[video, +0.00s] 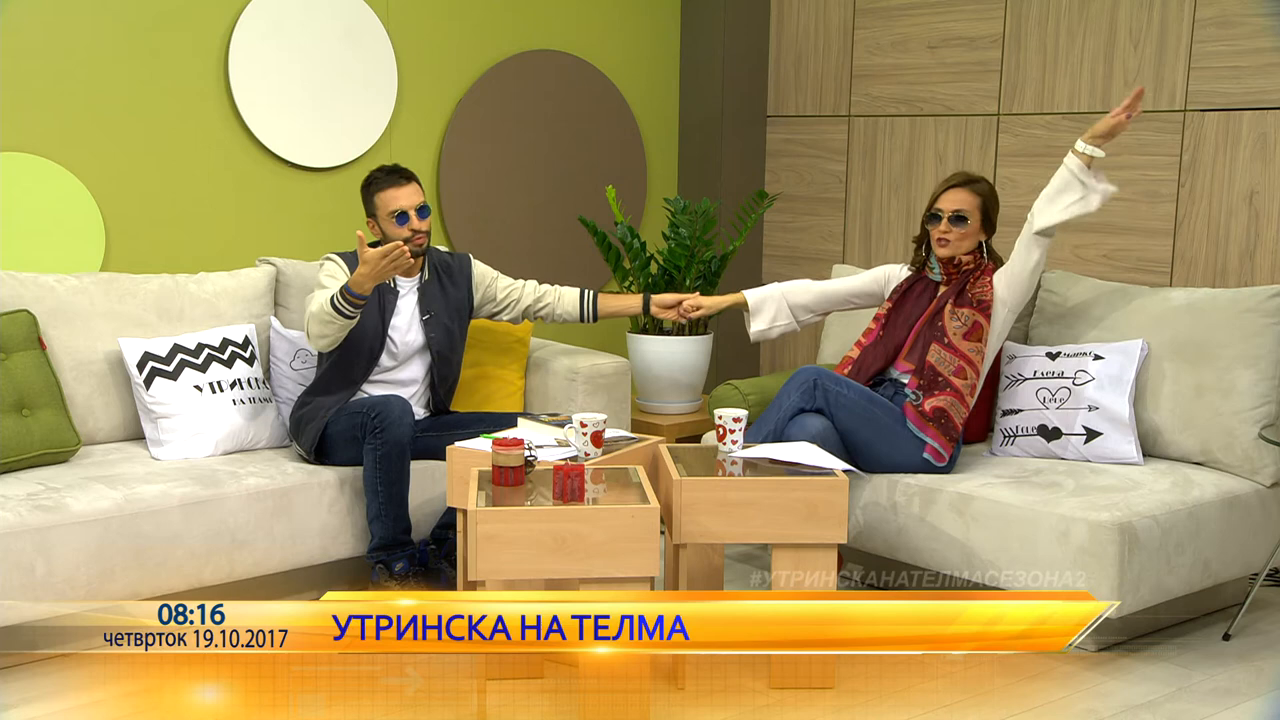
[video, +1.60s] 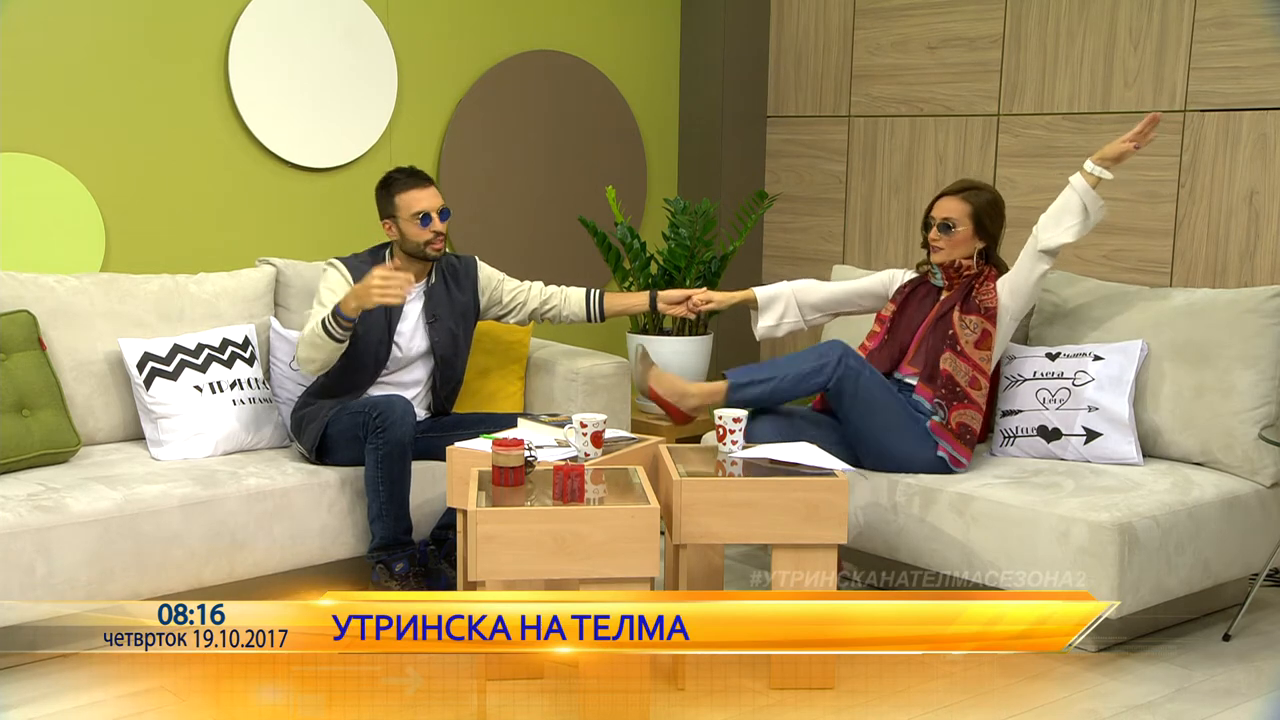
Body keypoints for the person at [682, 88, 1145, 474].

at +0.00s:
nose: (943, 229)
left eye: (959, 220)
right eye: (937, 218)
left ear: (985, 232)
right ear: (927, 225)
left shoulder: (999, 292)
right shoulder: (905, 279)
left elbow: (1039, 230)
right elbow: (819, 294)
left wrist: (1089, 146)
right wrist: (724, 301)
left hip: (924, 434)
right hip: (864, 414)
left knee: (812, 379)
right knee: (808, 433)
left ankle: (738, 463)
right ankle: (802, 570)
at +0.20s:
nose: (947, 229)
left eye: (962, 220)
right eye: (940, 219)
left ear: (988, 231)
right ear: (930, 226)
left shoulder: (1001, 294)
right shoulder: (905, 280)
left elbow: (1045, 237)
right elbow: (820, 290)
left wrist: (1100, 157)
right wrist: (725, 297)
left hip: (925, 433)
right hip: (866, 415)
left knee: (813, 380)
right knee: (807, 434)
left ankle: (731, 469)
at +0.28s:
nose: (948, 230)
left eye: (964, 220)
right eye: (941, 219)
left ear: (990, 232)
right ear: (930, 227)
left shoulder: (1000, 295)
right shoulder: (907, 282)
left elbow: (1047, 239)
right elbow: (822, 289)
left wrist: (1102, 160)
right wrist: (726, 296)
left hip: (924, 434)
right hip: (867, 417)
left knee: (814, 379)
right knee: (806, 431)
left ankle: (732, 463)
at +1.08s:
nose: (941, 230)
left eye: (956, 221)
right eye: (939, 221)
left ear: (990, 232)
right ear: (935, 230)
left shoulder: (1005, 297)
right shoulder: (910, 283)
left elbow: (1052, 246)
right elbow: (823, 290)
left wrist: (1112, 168)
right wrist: (729, 298)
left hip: (925, 435)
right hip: (868, 415)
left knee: (814, 377)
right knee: (805, 428)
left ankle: (730, 469)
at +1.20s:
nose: (943, 231)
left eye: (957, 222)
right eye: (940, 222)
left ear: (992, 233)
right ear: (934, 231)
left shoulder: (1006, 297)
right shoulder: (911, 283)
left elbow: (1056, 245)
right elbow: (824, 291)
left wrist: (1115, 168)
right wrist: (730, 298)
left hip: (926, 435)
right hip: (869, 416)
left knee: (815, 376)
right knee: (807, 427)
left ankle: (730, 456)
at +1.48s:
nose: (942, 234)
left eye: (956, 225)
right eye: (937, 225)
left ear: (989, 235)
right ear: (932, 233)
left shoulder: (1003, 297)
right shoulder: (907, 283)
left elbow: (1053, 244)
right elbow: (822, 294)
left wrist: (1108, 169)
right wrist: (731, 297)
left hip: (931, 442)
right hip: (869, 423)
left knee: (831, 364)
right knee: (792, 421)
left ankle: (703, 415)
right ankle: (809, 567)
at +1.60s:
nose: (938, 238)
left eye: (952, 229)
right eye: (933, 229)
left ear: (985, 238)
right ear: (928, 236)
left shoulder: (1000, 296)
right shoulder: (906, 285)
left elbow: (1046, 244)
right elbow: (821, 294)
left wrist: (1097, 167)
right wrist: (730, 298)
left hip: (929, 440)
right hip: (868, 427)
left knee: (838, 360)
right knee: (764, 422)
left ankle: (700, 397)